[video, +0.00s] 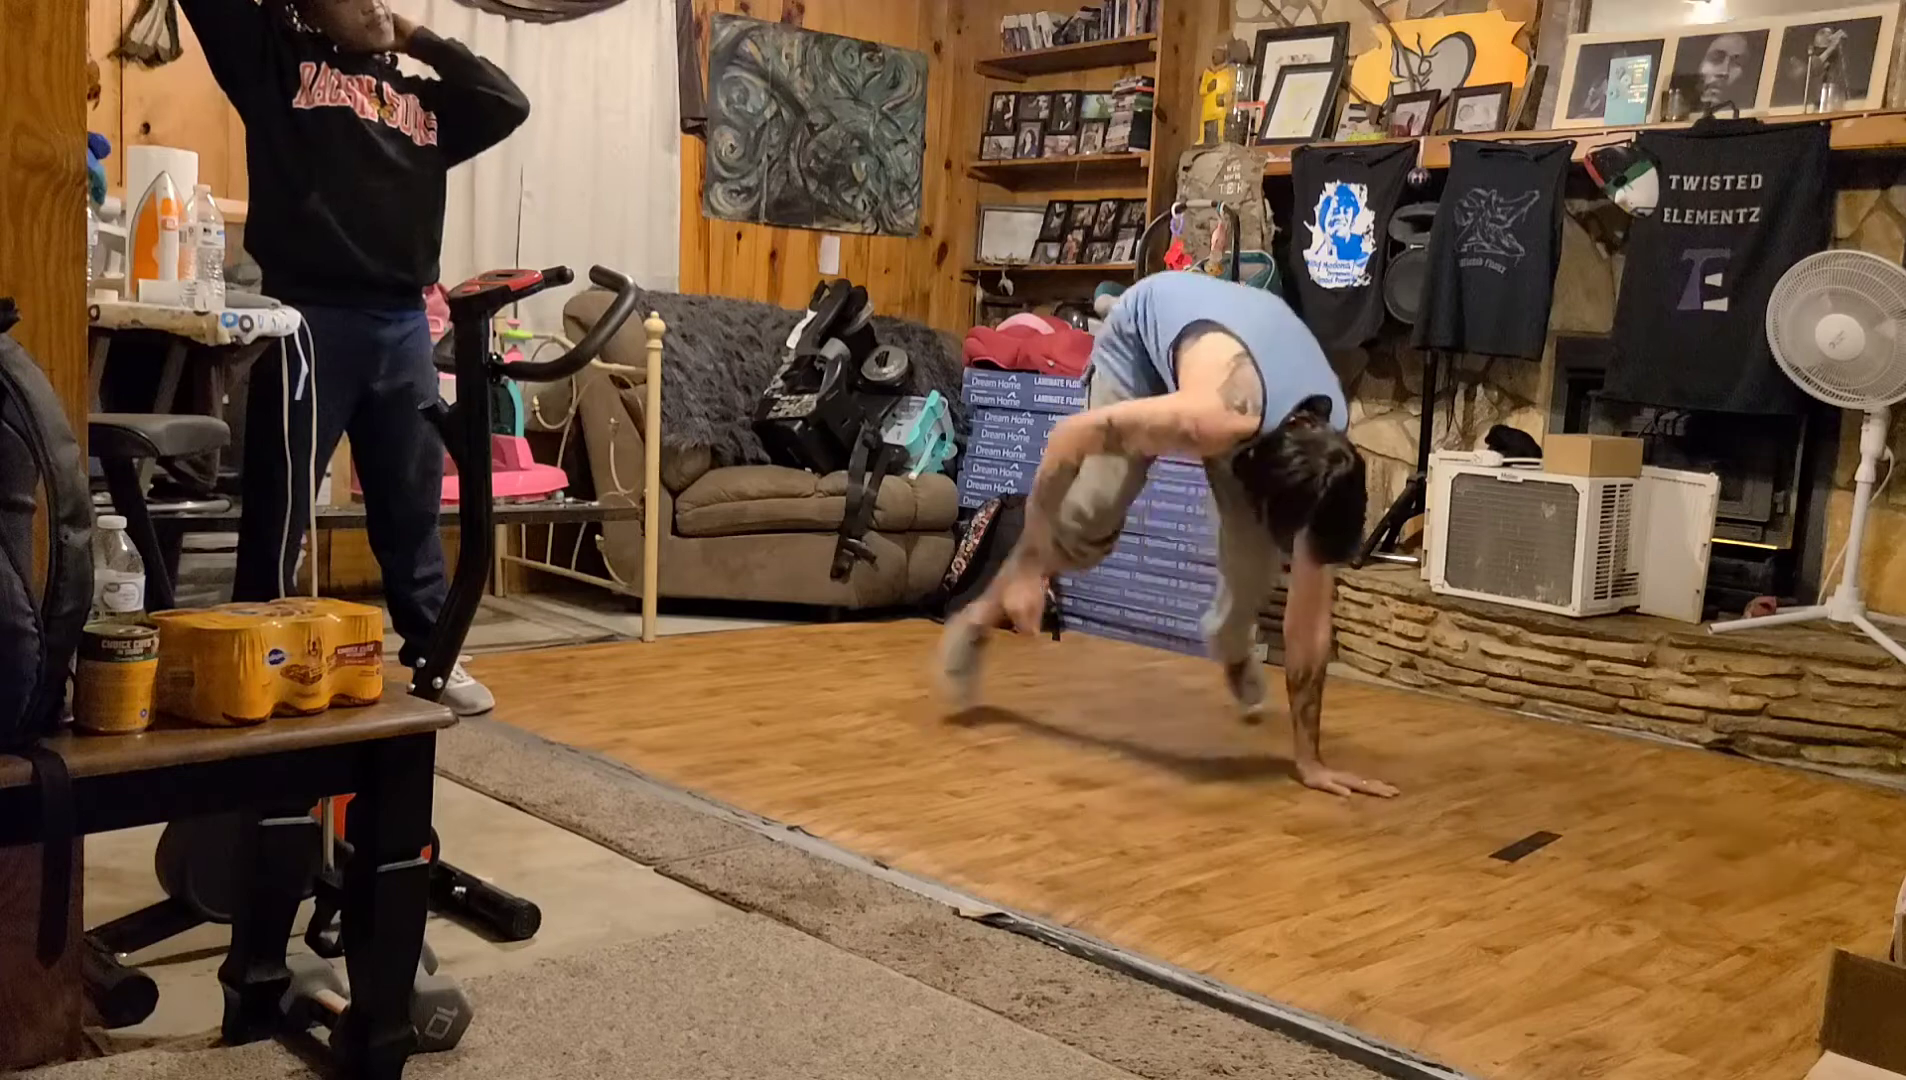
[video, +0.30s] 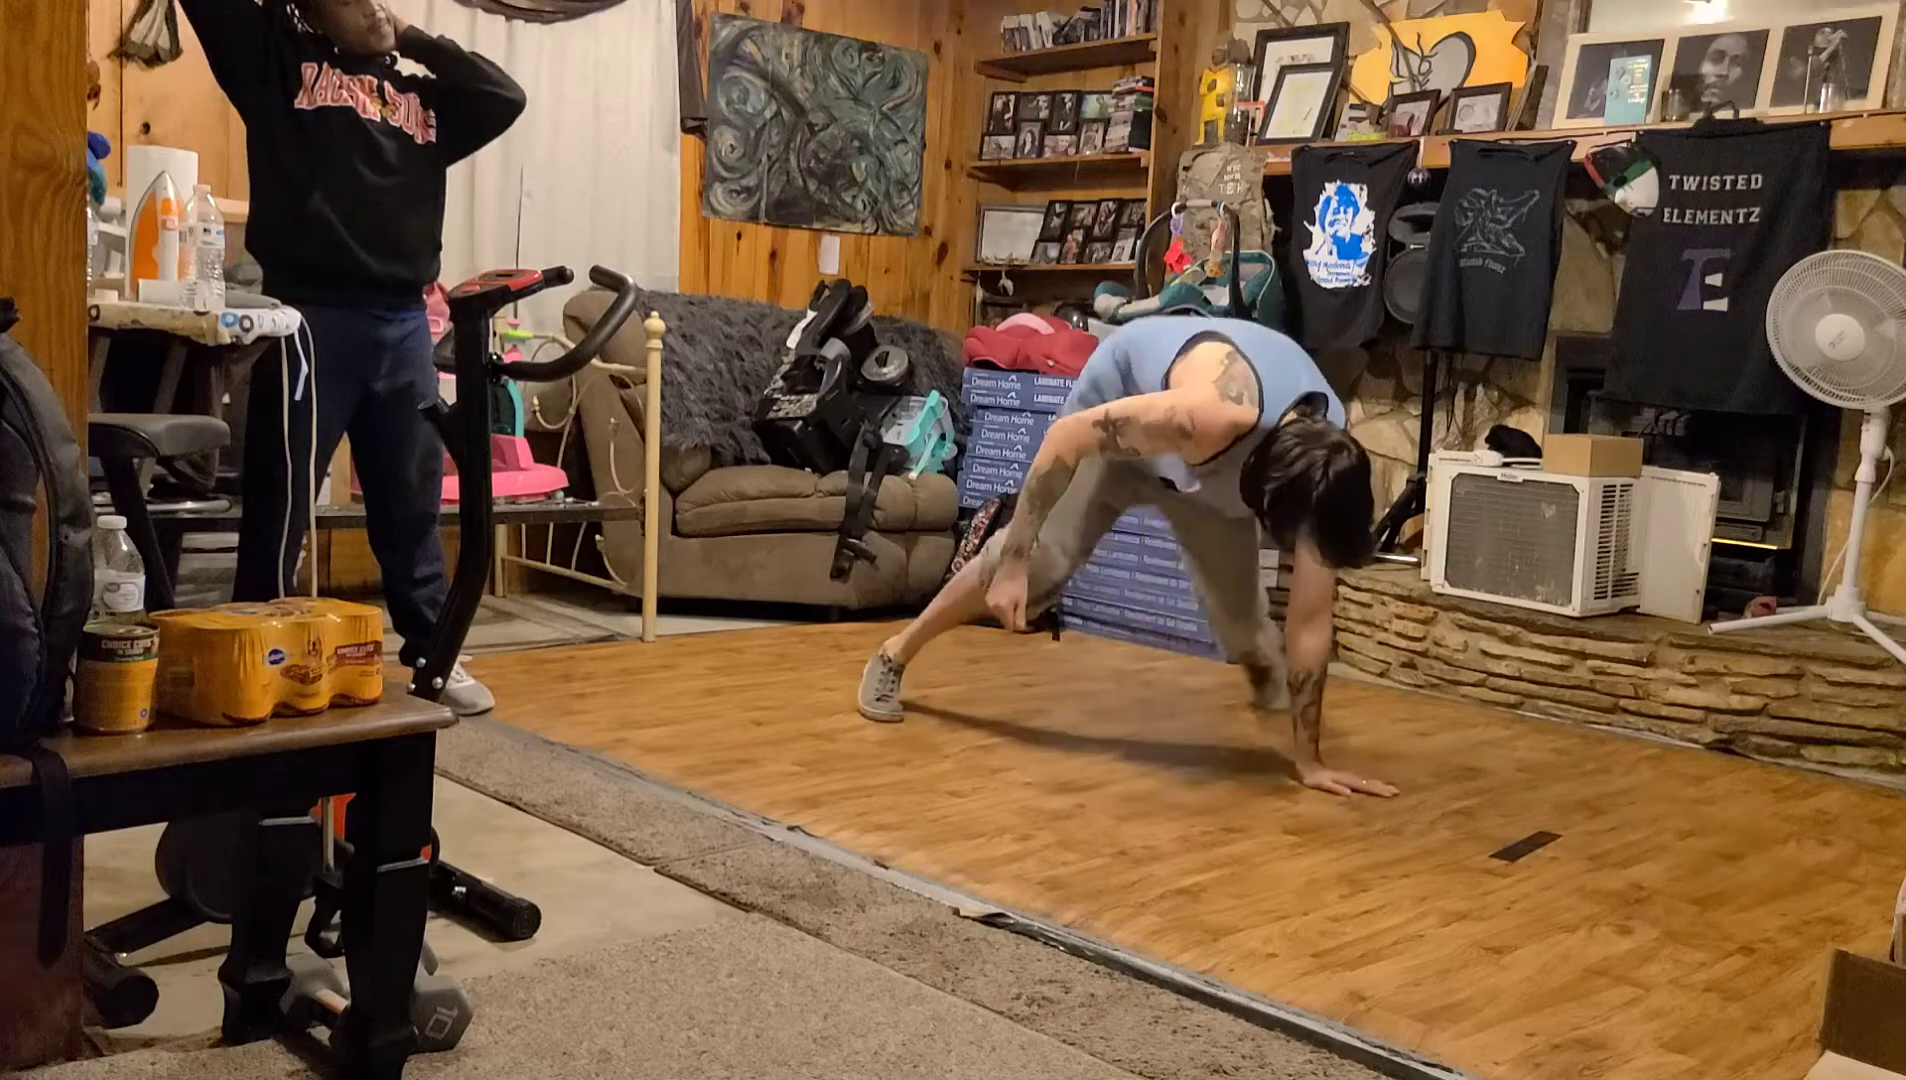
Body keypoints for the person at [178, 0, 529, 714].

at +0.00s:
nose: (378, 8)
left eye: (378, 0)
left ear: (383, 16)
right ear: (313, 10)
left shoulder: (421, 103)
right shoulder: (273, 57)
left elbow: (507, 105)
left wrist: (419, 38)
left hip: (401, 325)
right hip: (306, 320)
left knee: (412, 503)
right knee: (280, 504)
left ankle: (432, 657)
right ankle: (255, 663)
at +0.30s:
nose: (382, 9)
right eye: (359, 1)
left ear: (382, 13)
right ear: (313, 15)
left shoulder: (420, 100)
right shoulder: (274, 59)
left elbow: (504, 98)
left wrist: (414, 42)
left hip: (401, 325)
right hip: (308, 321)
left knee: (412, 503)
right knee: (280, 504)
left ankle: (432, 656)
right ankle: (254, 663)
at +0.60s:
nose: (381, 8)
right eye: (358, 0)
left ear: (379, 14)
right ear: (314, 15)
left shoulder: (421, 100)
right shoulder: (275, 59)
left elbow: (506, 90)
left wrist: (423, 37)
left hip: (402, 325)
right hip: (309, 320)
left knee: (413, 503)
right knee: (281, 504)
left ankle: (432, 658)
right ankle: (256, 664)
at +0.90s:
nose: (380, 10)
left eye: (378, 1)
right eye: (356, 1)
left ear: (380, 16)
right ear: (315, 15)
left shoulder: (420, 95)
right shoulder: (280, 60)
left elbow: (503, 53)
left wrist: (413, 26)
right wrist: (282, 9)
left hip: (405, 326)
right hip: (313, 322)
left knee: (415, 504)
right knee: (284, 505)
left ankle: (432, 658)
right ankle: (255, 665)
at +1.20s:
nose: (383, 10)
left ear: (391, 10)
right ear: (318, 12)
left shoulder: (424, 90)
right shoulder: (281, 60)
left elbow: (500, 41)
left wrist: (413, 13)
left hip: (406, 325)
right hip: (314, 321)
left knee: (416, 503)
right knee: (286, 504)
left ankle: (432, 659)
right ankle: (259, 666)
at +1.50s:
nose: (381, 13)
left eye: (381, 4)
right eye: (358, 3)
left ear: (384, 17)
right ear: (316, 16)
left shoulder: (422, 97)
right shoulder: (280, 62)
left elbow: (504, 60)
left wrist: (417, 25)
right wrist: (284, 10)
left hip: (405, 326)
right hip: (313, 322)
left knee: (416, 504)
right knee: (285, 505)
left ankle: (432, 658)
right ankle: (257, 666)